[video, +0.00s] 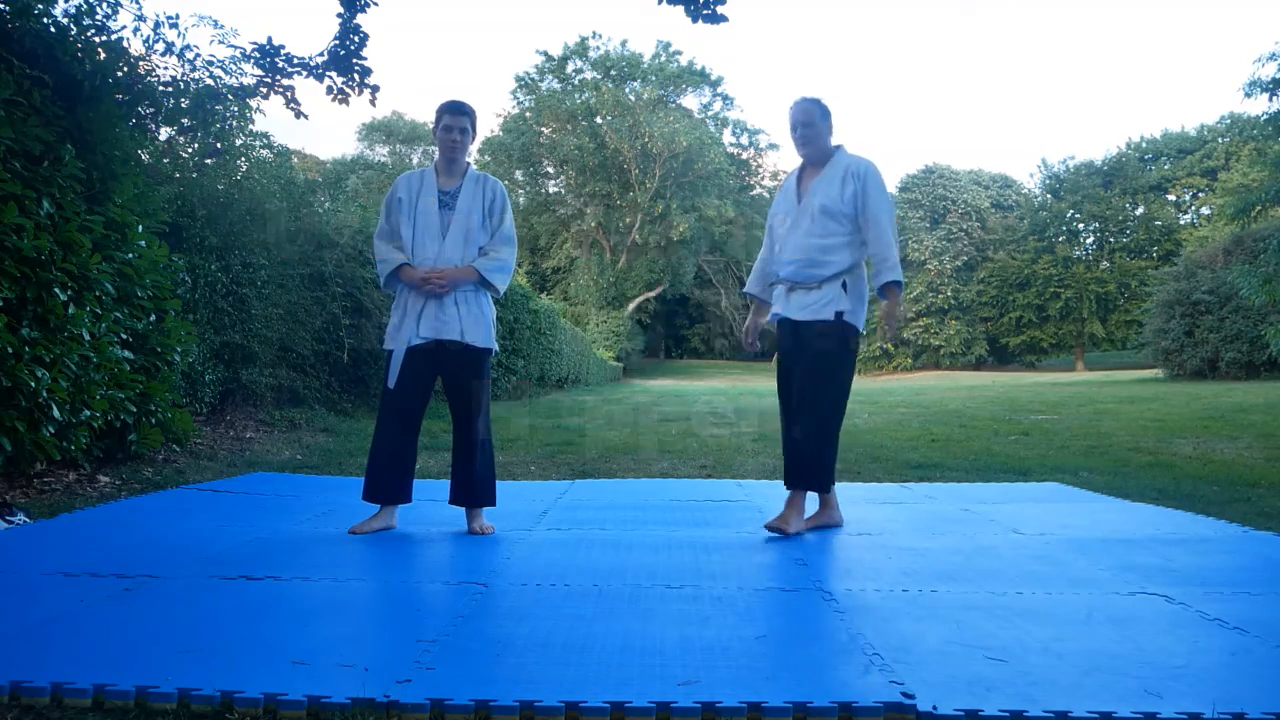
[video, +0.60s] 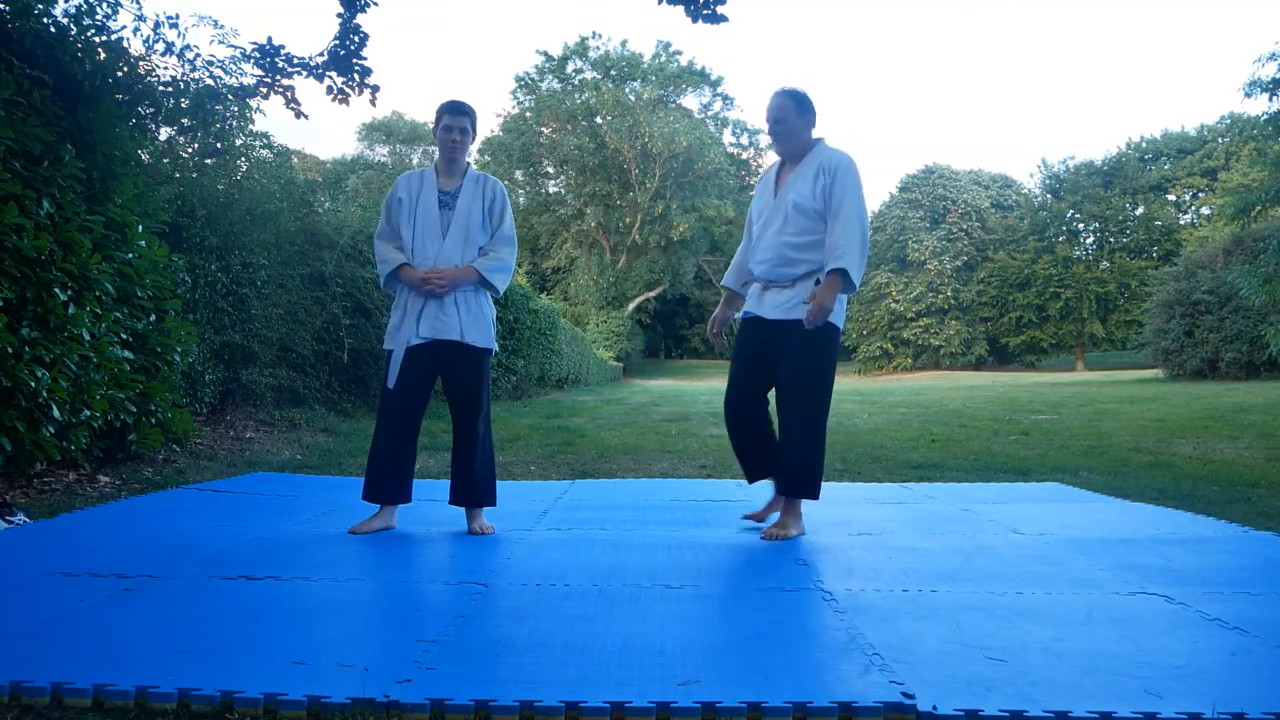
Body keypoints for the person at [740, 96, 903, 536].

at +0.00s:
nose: (800, 134)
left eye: (808, 126)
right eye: (794, 128)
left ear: (829, 128)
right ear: (788, 134)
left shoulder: (858, 172)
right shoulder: (788, 187)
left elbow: (881, 234)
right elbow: (770, 251)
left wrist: (891, 296)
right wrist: (757, 310)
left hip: (835, 305)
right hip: (790, 306)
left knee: (814, 407)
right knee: (800, 408)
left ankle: (794, 508)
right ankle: (828, 506)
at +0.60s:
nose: (771, 131)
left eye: (780, 122)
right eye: (768, 123)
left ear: (808, 122)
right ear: (768, 126)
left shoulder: (835, 165)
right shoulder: (767, 180)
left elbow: (850, 231)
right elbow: (750, 244)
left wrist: (829, 290)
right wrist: (726, 302)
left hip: (809, 307)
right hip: (761, 307)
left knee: (800, 408)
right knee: (741, 401)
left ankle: (792, 512)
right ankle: (782, 487)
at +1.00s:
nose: (745, 131)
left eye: (753, 123)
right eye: (741, 123)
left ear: (780, 123)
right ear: (740, 124)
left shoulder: (810, 168)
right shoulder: (731, 177)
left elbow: (827, 237)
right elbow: (714, 243)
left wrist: (827, 306)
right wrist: (695, 305)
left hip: (788, 306)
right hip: (733, 306)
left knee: (787, 412)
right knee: (716, 408)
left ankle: (790, 514)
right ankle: (700, 508)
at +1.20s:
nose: (731, 128)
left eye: (741, 121)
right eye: (727, 121)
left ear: (764, 124)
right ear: (722, 125)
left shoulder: (790, 170)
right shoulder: (708, 174)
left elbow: (813, 236)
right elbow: (683, 237)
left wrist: (836, 294)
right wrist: (653, 293)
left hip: (771, 305)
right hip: (714, 305)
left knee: (778, 409)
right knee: (703, 407)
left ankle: (789, 512)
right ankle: (699, 507)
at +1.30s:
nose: (730, 125)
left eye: (740, 119)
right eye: (725, 118)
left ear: (759, 123)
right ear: (718, 123)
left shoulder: (784, 172)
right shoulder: (700, 174)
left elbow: (810, 236)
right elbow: (671, 231)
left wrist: (838, 292)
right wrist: (640, 281)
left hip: (765, 303)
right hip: (709, 303)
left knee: (772, 407)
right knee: (700, 406)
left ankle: (784, 508)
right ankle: (698, 506)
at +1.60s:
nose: (737, 124)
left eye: (745, 117)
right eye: (730, 117)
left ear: (757, 126)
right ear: (717, 125)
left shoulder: (774, 181)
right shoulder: (696, 170)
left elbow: (794, 245)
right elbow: (660, 212)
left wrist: (823, 296)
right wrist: (631, 249)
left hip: (757, 302)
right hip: (704, 298)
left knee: (753, 404)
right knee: (696, 403)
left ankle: (724, 498)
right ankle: (699, 506)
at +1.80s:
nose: (752, 122)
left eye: (758, 117)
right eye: (744, 115)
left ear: (764, 128)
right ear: (724, 124)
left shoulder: (771, 183)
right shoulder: (706, 166)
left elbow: (780, 248)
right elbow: (674, 209)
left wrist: (789, 304)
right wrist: (653, 251)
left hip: (756, 302)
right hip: (707, 296)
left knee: (745, 403)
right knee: (703, 399)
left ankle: (722, 504)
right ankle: (699, 505)